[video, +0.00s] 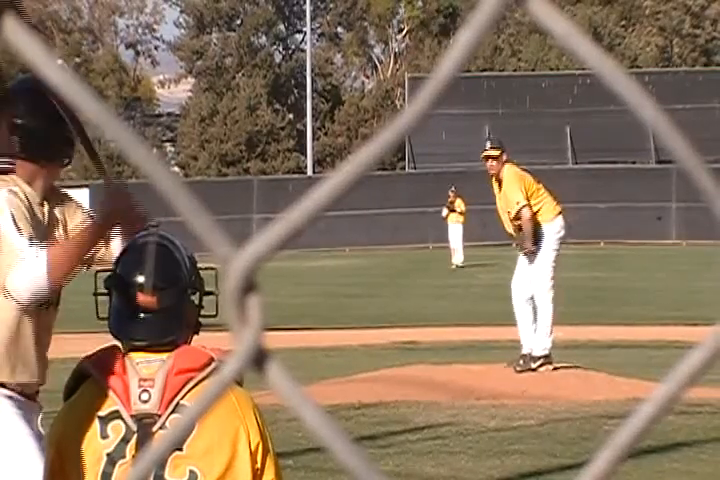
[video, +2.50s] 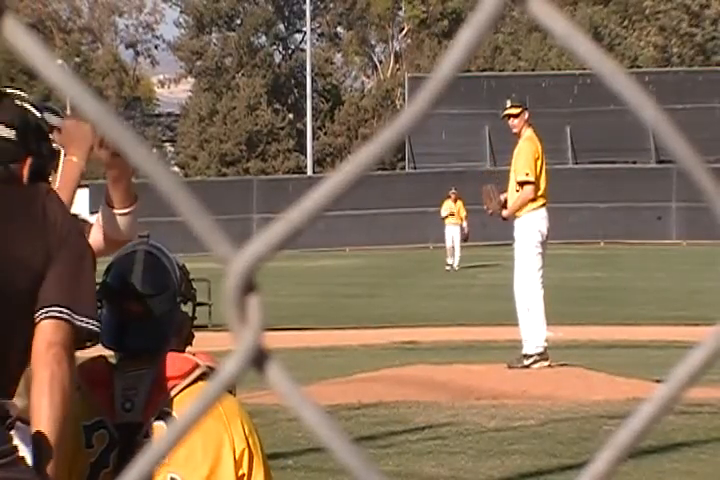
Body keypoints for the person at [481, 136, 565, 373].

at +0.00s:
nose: (491, 163)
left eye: (495, 158)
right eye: (487, 159)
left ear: (504, 158)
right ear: (484, 162)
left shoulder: (510, 175)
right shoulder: (496, 180)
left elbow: (525, 212)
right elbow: (510, 210)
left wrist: (529, 241)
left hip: (548, 226)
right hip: (531, 230)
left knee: (541, 285)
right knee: (519, 287)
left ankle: (542, 350)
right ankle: (528, 348)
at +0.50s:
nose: (506, 125)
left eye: (510, 120)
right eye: (503, 121)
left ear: (520, 121)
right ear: (501, 123)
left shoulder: (517, 146)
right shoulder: (522, 143)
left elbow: (512, 193)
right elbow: (519, 187)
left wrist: (489, 221)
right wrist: (495, 200)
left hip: (535, 214)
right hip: (541, 212)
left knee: (520, 276)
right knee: (530, 278)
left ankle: (532, 343)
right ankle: (531, 342)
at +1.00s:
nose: (511, 119)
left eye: (516, 114)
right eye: (508, 115)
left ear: (526, 116)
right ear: (507, 118)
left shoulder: (523, 143)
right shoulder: (524, 140)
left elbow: (520, 189)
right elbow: (518, 181)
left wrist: (494, 182)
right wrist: (496, 177)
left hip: (529, 215)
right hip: (527, 214)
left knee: (527, 282)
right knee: (526, 282)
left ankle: (534, 348)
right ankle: (532, 346)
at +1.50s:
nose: (511, 120)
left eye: (515, 115)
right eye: (508, 116)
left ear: (526, 115)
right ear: (507, 119)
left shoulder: (525, 145)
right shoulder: (525, 142)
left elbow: (527, 191)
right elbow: (520, 181)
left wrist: (499, 194)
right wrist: (500, 183)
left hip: (529, 216)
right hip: (526, 214)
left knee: (527, 282)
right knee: (524, 281)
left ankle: (534, 348)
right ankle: (532, 346)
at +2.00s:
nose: (511, 121)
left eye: (515, 115)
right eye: (508, 117)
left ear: (526, 115)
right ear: (508, 119)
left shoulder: (527, 145)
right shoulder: (527, 142)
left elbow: (529, 190)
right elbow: (523, 184)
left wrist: (507, 206)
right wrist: (505, 197)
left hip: (530, 216)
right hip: (528, 215)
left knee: (527, 282)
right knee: (526, 282)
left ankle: (534, 348)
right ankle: (533, 346)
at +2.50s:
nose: (511, 121)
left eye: (515, 116)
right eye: (508, 117)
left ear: (526, 115)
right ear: (508, 120)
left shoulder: (526, 144)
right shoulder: (527, 141)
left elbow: (530, 189)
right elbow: (522, 183)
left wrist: (509, 210)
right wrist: (504, 199)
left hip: (531, 215)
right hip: (528, 214)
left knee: (528, 282)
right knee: (526, 282)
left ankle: (535, 347)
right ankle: (533, 346)